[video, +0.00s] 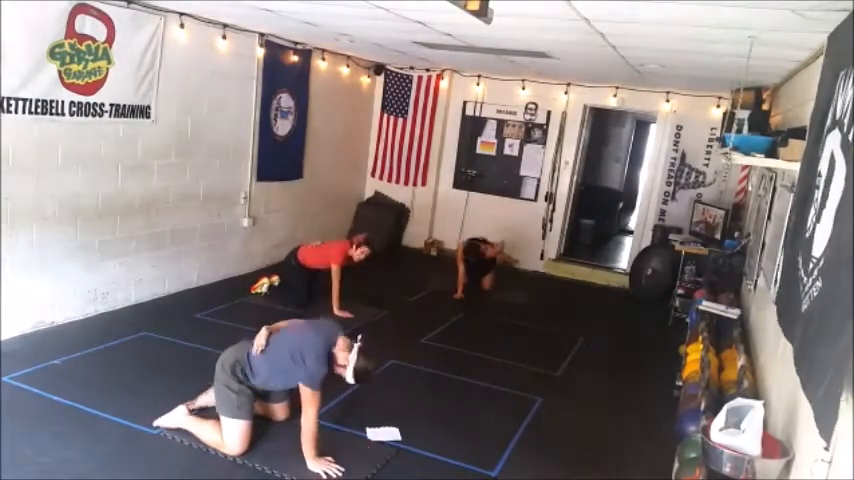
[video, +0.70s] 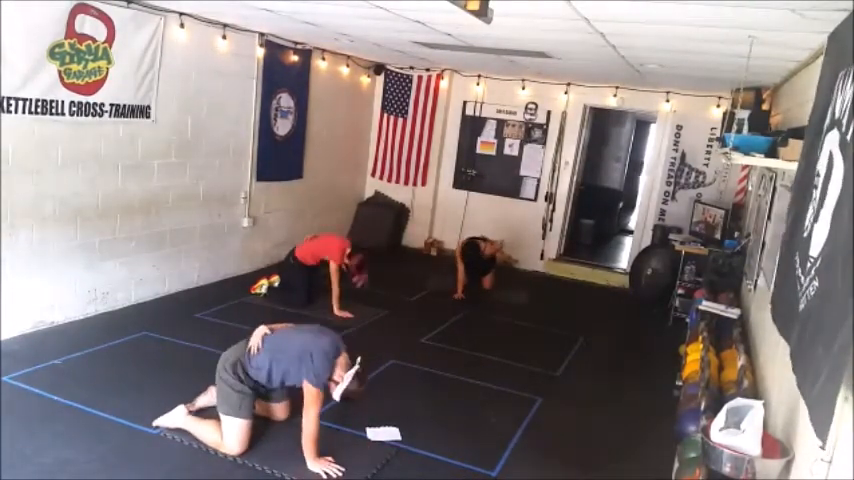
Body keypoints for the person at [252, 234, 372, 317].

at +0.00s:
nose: (362, 257)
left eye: (365, 255)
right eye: (362, 252)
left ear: (364, 254)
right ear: (355, 247)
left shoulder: (348, 247)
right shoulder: (339, 252)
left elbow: (331, 244)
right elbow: (335, 282)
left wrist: (319, 244)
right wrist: (336, 309)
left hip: (308, 261)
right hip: (296, 262)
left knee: (311, 296)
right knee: (299, 301)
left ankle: (278, 282)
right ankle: (269, 287)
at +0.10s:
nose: (352, 269)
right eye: (354, 267)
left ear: (363, 260)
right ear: (356, 259)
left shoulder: (352, 246)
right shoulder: (340, 254)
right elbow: (336, 283)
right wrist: (336, 310)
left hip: (310, 261)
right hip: (299, 261)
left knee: (310, 296)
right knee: (300, 300)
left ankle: (280, 282)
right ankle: (269, 288)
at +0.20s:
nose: (357, 264)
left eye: (360, 263)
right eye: (357, 261)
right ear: (355, 254)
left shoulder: (350, 245)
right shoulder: (339, 252)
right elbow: (335, 283)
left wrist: (362, 277)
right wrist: (336, 309)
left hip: (311, 261)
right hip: (299, 260)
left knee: (311, 294)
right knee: (300, 299)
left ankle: (280, 281)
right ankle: (269, 287)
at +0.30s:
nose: (366, 261)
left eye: (369, 259)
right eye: (365, 258)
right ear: (358, 251)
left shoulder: (349, 253)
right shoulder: (341, 253)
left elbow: (326, 246)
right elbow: (337, 286)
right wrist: (339, 307)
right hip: (295, 263)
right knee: (300, 300)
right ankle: (272, 288)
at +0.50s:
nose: (366, 260)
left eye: (368, 257)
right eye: (365, 257)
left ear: (356, 250)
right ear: (355, 252)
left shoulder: (345, 249)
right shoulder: (339, 255)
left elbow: (328, 244)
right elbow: (336, 283)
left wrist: (315, 243)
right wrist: (336, 309)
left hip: (301, 256)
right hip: (294, 263)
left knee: (308, 293)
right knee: (299, 298)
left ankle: (277, 281)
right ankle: (268, 288)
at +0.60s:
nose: (348, 268)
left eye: (351, 269)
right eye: (351, 267)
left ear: (356, 258)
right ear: (353, 262)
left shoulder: (346, 245)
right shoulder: (337, 255)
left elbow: (330, 240)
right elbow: (335, 284)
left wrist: (316, 238)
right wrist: (336, 309)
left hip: (307, 260)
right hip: (296, 262)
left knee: (311, 293)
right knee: (301, 300)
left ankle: (278, 281)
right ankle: (267, 289)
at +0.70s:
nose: (348, 268)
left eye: (351, 268)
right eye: (351, 266)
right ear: (350, 258)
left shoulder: (346, 244)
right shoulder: (336, 254)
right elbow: (335, 285)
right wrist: (336, 310)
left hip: (309, 260)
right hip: (297, 262)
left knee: (313, 290)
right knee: (301, 300)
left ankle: (280, 281)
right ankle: (268, 288)